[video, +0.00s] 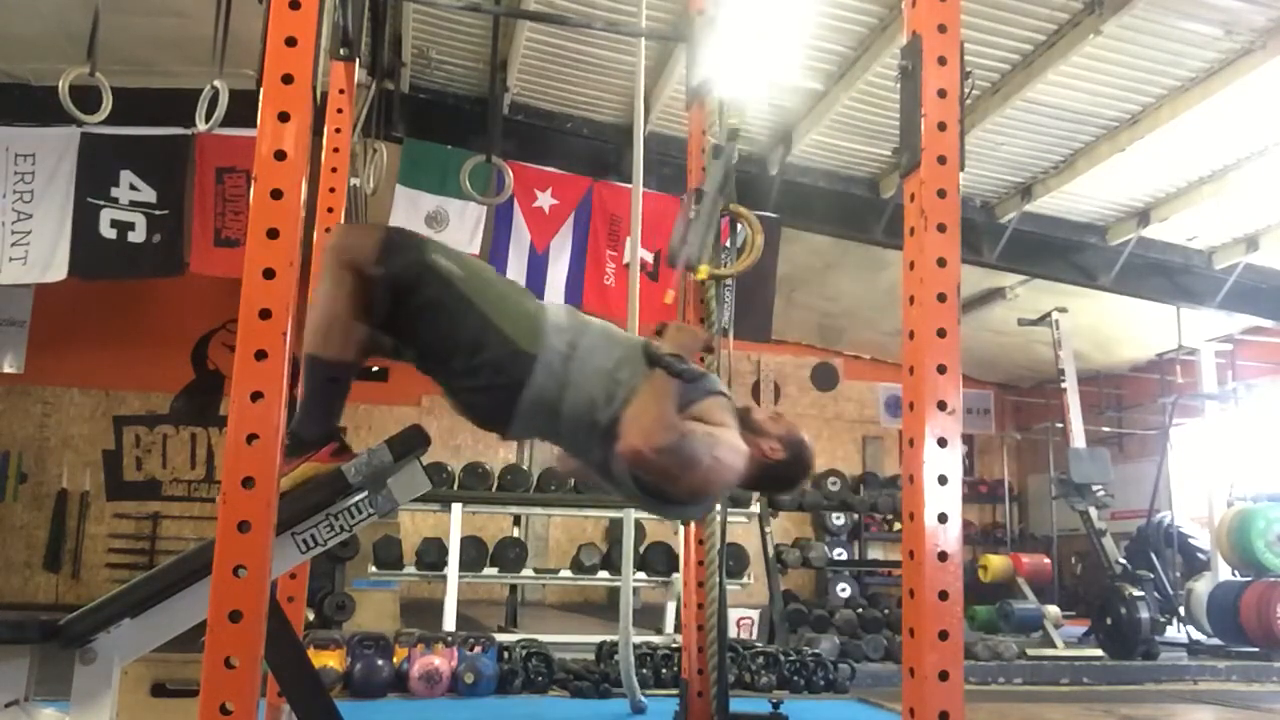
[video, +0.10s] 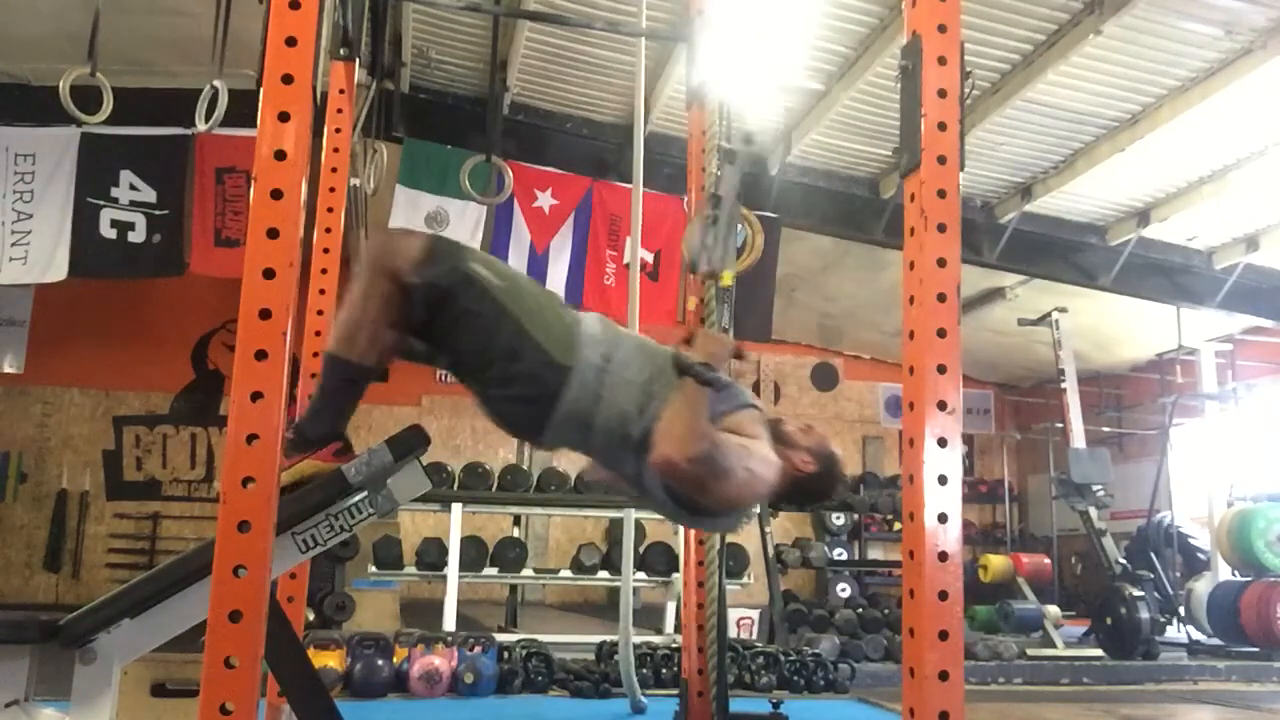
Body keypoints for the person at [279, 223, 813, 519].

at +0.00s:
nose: (768, 408)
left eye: (776, 423)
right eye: (778, 412)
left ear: (768, 452)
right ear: (766, 442)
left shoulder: (725, 457)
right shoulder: (712, 433)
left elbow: (642, 445)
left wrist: (672, 361)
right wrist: (671, 351)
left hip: (523, 362)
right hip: (522, 369)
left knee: (352, 244)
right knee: (370, 296)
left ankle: (314, 420)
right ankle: (300, 413)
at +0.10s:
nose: (802, 427)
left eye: (810, 441)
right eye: (811, 432)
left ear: (803, 464)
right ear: (801, 448)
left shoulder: (758, 470)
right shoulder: (739, 452)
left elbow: (676, 455)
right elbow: (596, 475)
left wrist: (705, 373)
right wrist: (709, 367)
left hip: (561, 367)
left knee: (396, 250)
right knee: (388, 301)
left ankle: (319, 425)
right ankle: (317, 425)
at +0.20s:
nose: (843, 443)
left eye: (852, 458)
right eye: (852, 445)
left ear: (840, 484)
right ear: (835, 447)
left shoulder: (791, 484)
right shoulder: (779, 437)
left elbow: (719, 463)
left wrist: (734, 386)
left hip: (601, 388)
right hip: (603, 359)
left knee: (440, 263)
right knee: (436, 283)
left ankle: (321, 428)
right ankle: (324, 420)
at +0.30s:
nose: (882, 454)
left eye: (890, 469)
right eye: (891, 455)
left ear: (879, 498)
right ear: (877, 460)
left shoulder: (830, 493)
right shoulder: (822, 449)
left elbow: (757, 467)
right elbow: (773, 405)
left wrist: (767, 384)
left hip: (636, 405)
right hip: (641, 376)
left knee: (478, 277)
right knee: (469, 300)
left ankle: (344, 413)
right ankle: (347, 405)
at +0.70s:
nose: (993, 497)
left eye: (1004, 509)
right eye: (1002, 495)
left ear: (996, 540)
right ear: (988, 499)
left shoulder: (943, 550)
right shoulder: (938, 504)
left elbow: (882, 487)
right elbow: (879, 466)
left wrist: (877, 403)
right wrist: (900, 418)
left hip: (761, 467)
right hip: (759, 437)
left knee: (594, 365)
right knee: (583, 366)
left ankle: (403, 413)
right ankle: (407, 410)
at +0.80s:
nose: (997, 502)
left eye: (1009, 517)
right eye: (1006, 499)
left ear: (999, 554)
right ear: (989, 498)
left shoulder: (952, 556)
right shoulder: (943, 497)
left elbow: (900, 496)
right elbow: (876, 448)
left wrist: (934, 433)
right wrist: (905, 411)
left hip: (772, 485)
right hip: (767, 446)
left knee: (598, 396)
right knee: (596, 383)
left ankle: (404, 415)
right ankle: (414, 416)